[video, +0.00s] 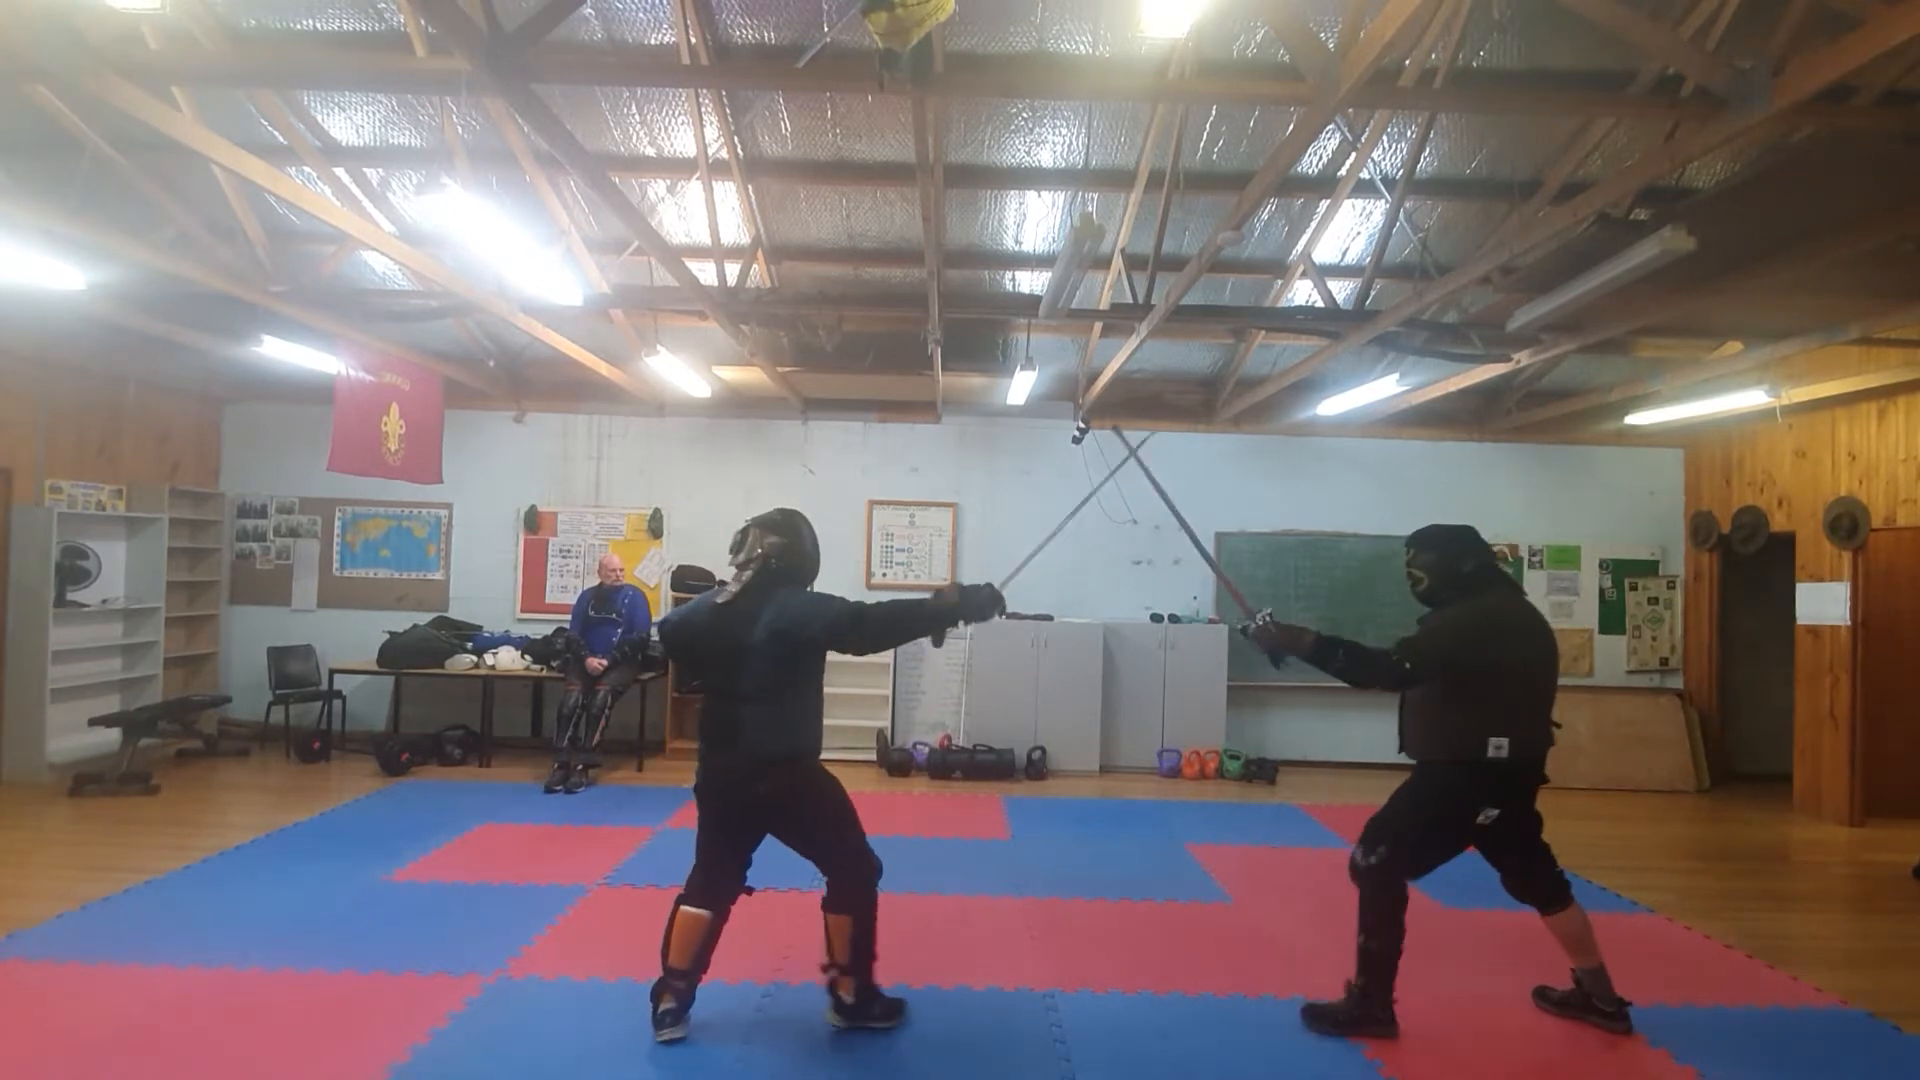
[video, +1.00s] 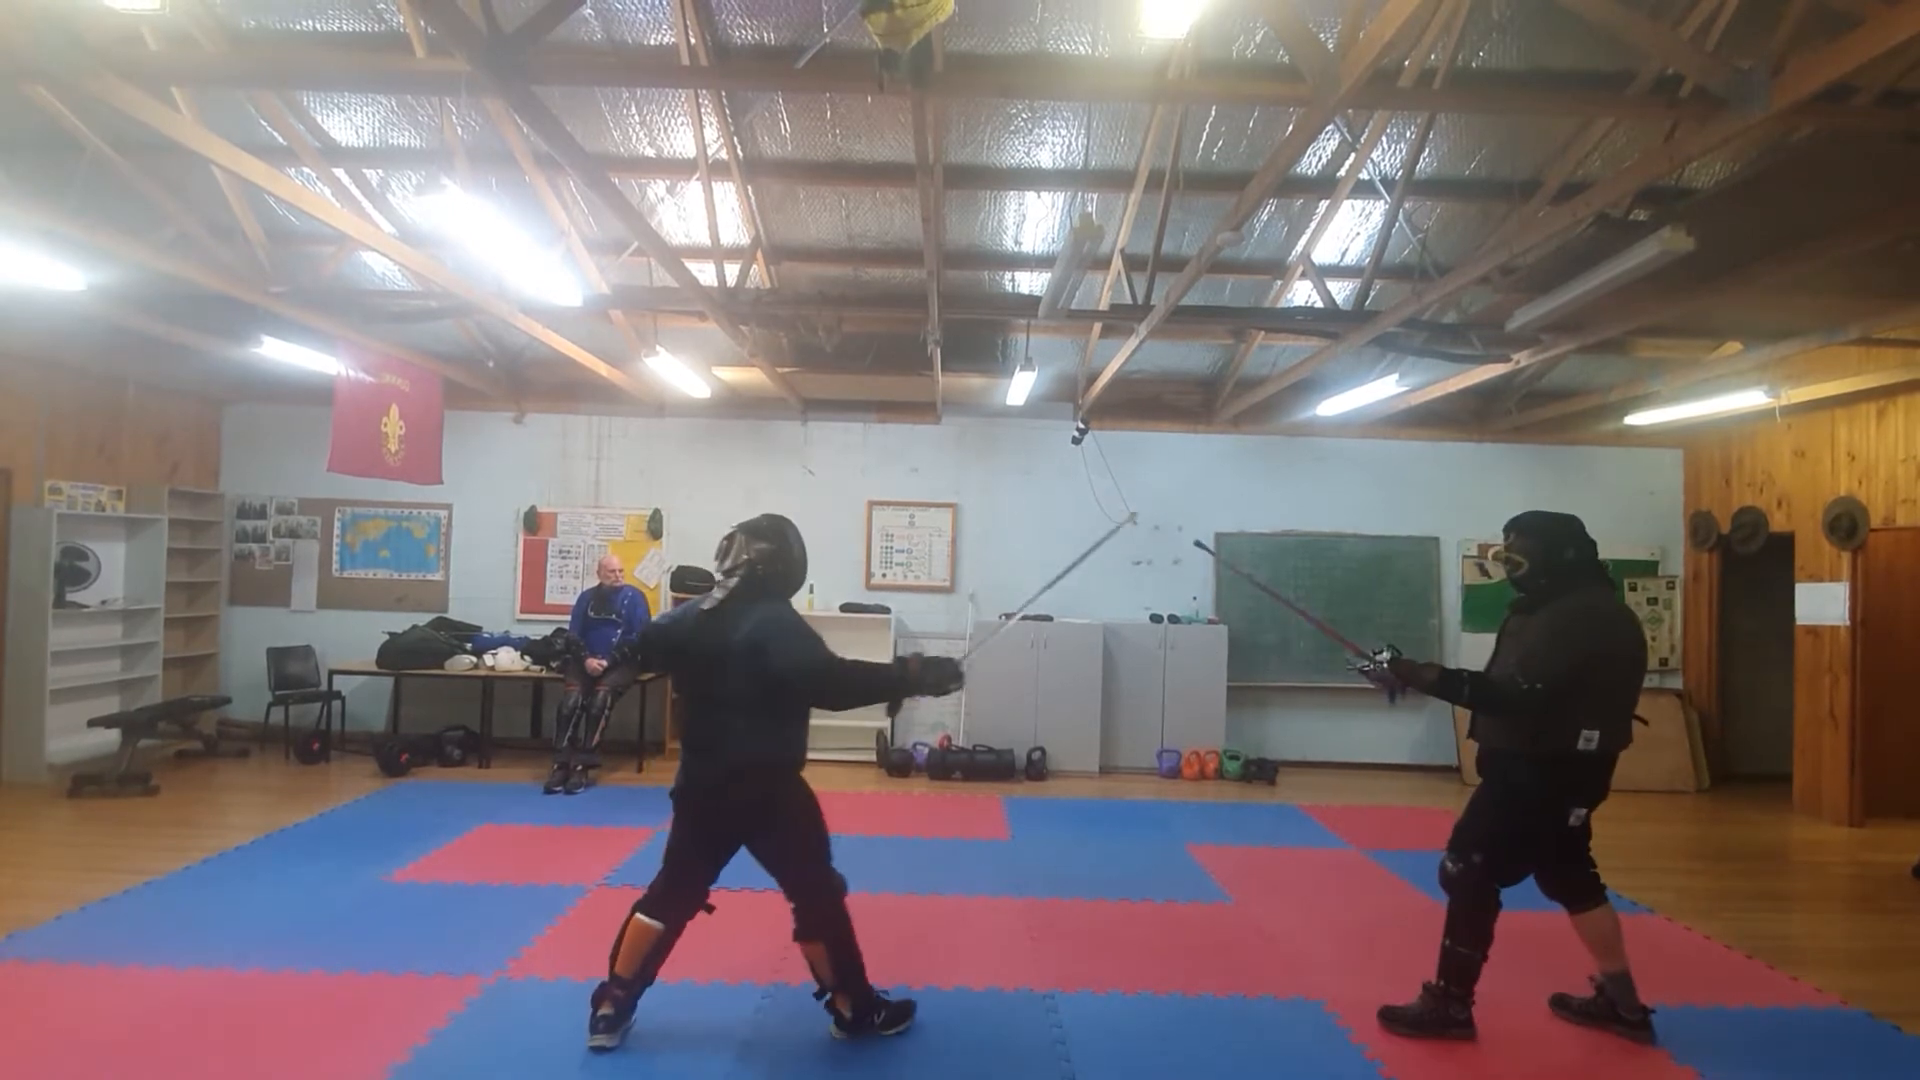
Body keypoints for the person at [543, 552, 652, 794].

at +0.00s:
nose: (619, 575)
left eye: (621, 571)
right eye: (613, 571)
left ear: (624, 571)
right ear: (599, 572)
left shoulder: (635, 597)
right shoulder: (586, 596)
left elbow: (639, 637)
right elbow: (573, 635)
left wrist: (609, 660)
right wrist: (586, 658)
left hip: (619, 662)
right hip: (585, 659)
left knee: (601, 696)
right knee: (572, 696)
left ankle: (581, 767)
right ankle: (561, 765)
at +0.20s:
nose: (618, 575)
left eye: (621, 571)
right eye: (613, 571)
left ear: (624, 571)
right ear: (599, 572)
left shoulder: (635, 596)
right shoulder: (586, 596)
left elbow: (639, 638)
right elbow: (573, 635)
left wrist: (609, 660)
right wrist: (586, 658)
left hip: (619, 662)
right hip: (585, 659)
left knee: (601, 697)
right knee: (572, 697)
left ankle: (581, 767)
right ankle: (561, 765)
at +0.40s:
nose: (619, 576)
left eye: (621, 571)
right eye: (613, 572)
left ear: (624, 572)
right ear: (599, 573)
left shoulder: (635, 597)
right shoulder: (587, 597)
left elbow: (640, 638)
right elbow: (573, 635)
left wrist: (609, 661)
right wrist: (586, 658)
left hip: (619, 663)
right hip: (585, 660)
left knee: (601, 696)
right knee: (572, 696)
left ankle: (582, 768)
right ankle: (561, 765)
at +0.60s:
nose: (618, 575)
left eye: (621, 571)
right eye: (612, 571)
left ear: (624, 572)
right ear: (599, 573)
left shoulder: (634, 597)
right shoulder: (587, 596)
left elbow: (637, 636)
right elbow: (573, 634)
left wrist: (609, 661)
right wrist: (586, 658)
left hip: (619, 662)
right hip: (585, 659)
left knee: (601, 698)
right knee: (572, 698)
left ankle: (582, 768)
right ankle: (560, 765)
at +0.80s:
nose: (618, 576)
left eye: (621, 571)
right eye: (612, 571)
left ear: (624, 572)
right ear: (599, 573)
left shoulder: (634, 597)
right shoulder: (586, 597)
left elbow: (638, 636)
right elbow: (573, 635)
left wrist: (609, 660)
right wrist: (585, 658)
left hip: (619, 662)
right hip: (585, 660)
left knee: (602, 695)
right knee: (573, 696)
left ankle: (582, 768)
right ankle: (561, 765)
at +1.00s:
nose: (618, 576)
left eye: (621, 572)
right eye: (612, 572)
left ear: (624, 572)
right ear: (599, 573)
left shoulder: (634, 597)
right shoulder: (586, 597)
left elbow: (637, 636)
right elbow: (573, 635)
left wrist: (609, 660)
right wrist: (585, 658)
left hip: (619, 662)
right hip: (585, 659)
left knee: (601, 696)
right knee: (572, 697)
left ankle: (581, 768)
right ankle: (560, 765)